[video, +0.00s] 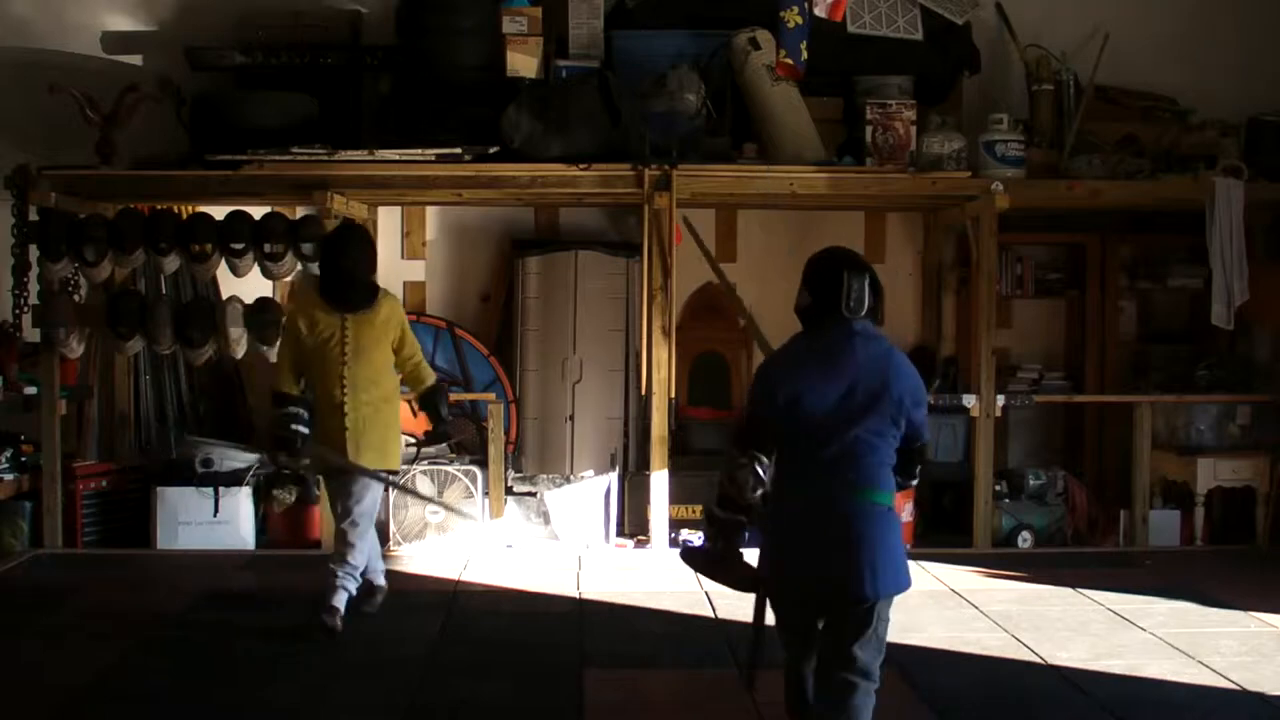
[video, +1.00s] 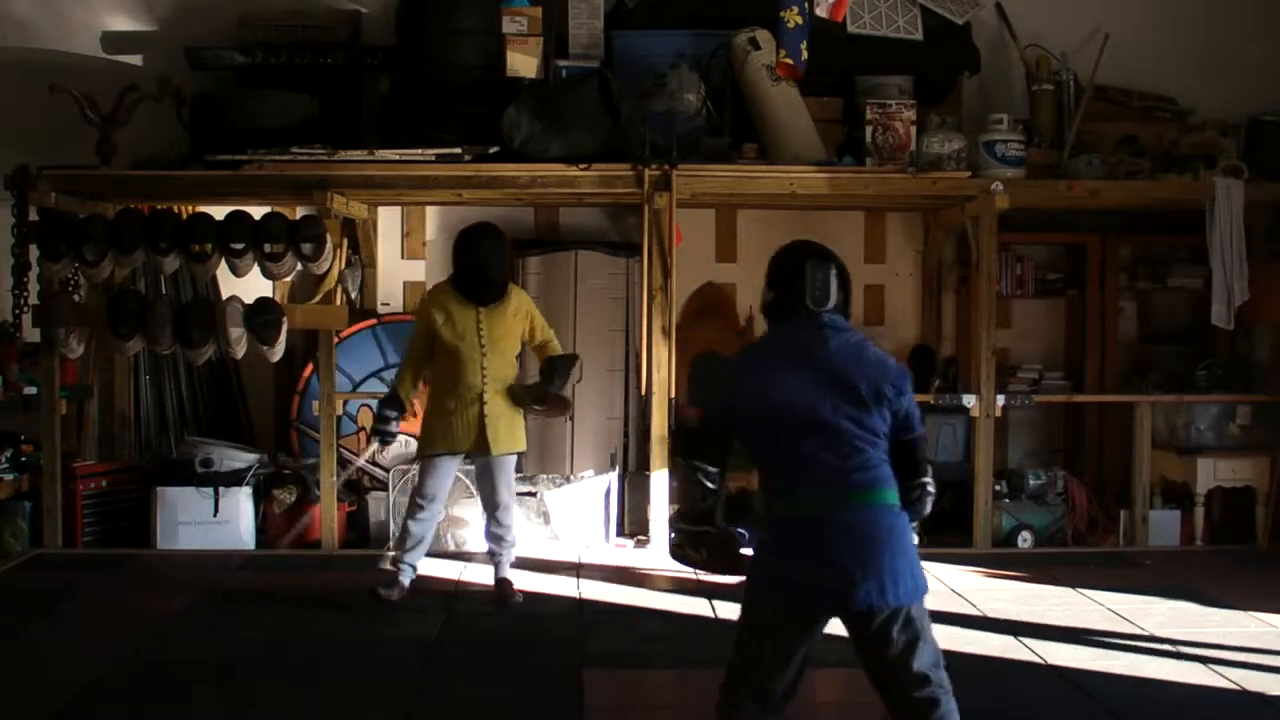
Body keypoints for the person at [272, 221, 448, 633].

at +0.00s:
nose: (349, 291)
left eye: (356, 279)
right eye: (341, 280)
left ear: (368, 272)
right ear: (328, 274)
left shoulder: (387, 309)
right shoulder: (306, 308)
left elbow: (412, 362)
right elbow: (288, 367)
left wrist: (437, 406)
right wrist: (288, 412)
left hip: (374, 429)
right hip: (327, 429)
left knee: (356, 514)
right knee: (347, 511)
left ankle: (338, 594)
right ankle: (375, 578)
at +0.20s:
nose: (359, 276)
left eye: (367, 267)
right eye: (350, 267)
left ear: (382, 265)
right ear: (339, 267)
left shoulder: (406, 304)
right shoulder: (325, 308)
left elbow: (432, 350)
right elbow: (310, 368)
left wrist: (454, 380)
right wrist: (309, 413)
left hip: (395, 425)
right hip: (348, 426)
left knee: (375, 507)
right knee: (357, 508)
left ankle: (363, 582)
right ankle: (375, 576)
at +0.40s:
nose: (379, 268)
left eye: (386, 259)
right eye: (371, 260)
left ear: (399, 257)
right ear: (359, 260)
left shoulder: (425, 296)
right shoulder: (342, 302)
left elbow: (458, 337)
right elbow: (328, 366)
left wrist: (470, 368)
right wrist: (315, 416)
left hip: (415, 417)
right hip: (364, 420)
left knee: (415, 502)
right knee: (370, 509)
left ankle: (429, 577)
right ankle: (378, 584)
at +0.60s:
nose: (406, 268)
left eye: (414, 259)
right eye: (399, 259)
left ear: (429, 259)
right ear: (387, 260)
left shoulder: (452, 297)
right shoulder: (369, 302)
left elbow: (489, 335)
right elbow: (345, 357)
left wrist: (485, 371)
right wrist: (320, 400)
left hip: (441, 419)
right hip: (385, 424)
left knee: (466, 503)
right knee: (379, 512)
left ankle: (490, 571)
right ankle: (380, 586)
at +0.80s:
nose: (448, 273)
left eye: (454, 264)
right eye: (439, 264)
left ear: (467, 263)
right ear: (426, 263)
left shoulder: (489, 301)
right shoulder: (407, 304)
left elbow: (527, 340)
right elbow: (378, 360)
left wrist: (515, 372)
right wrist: (351, 400)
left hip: (475, 423)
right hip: (419, 424)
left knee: (487, 510)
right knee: (400, 509)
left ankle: (501, 576)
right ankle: (383, 585)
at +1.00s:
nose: (485, 275)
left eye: (492, 266)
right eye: (478, 266)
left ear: (502, 265)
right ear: (462, 264)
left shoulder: (517, 303)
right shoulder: (438, 301)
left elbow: (546, 342)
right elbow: (415, 360)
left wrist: (553, 377)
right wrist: (393, 406)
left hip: (500, 421)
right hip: (448, 420)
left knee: (502, 504)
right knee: (426, 498)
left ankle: (503, 575)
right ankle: (402, 574)